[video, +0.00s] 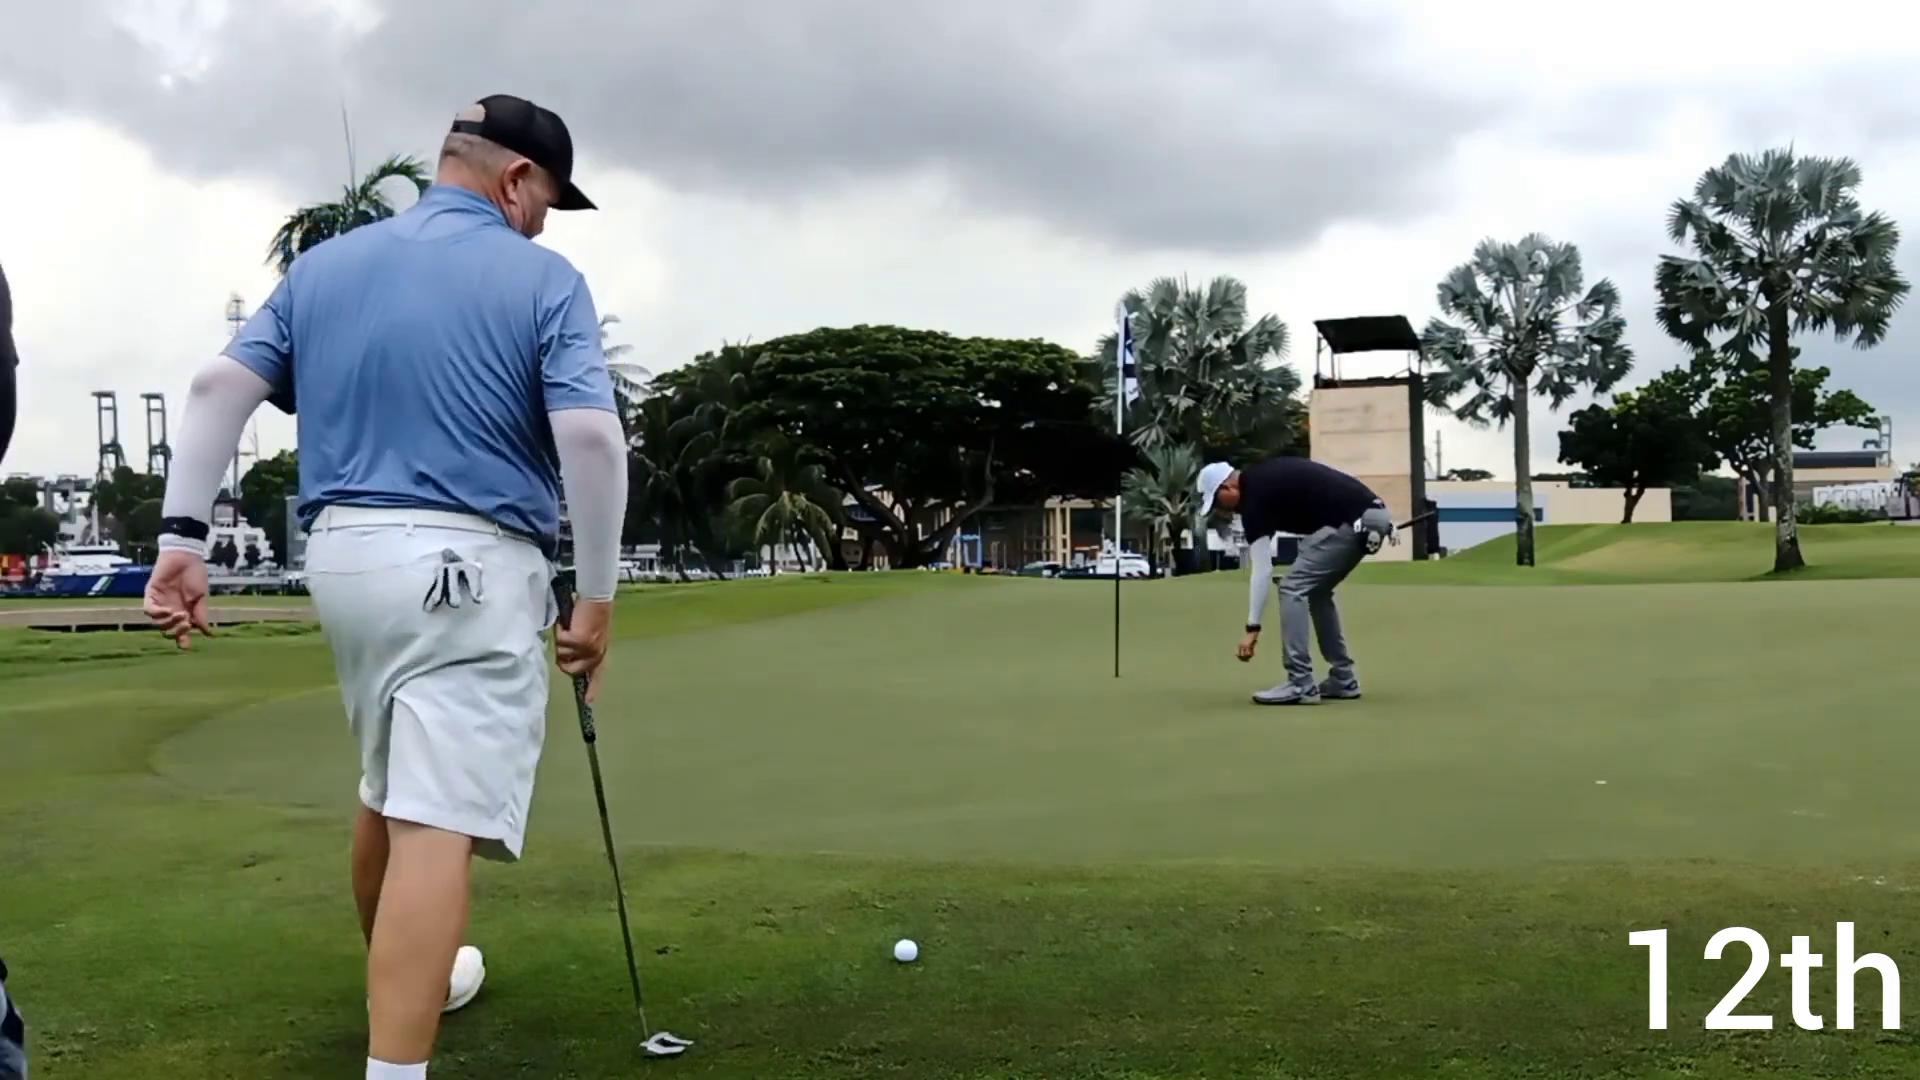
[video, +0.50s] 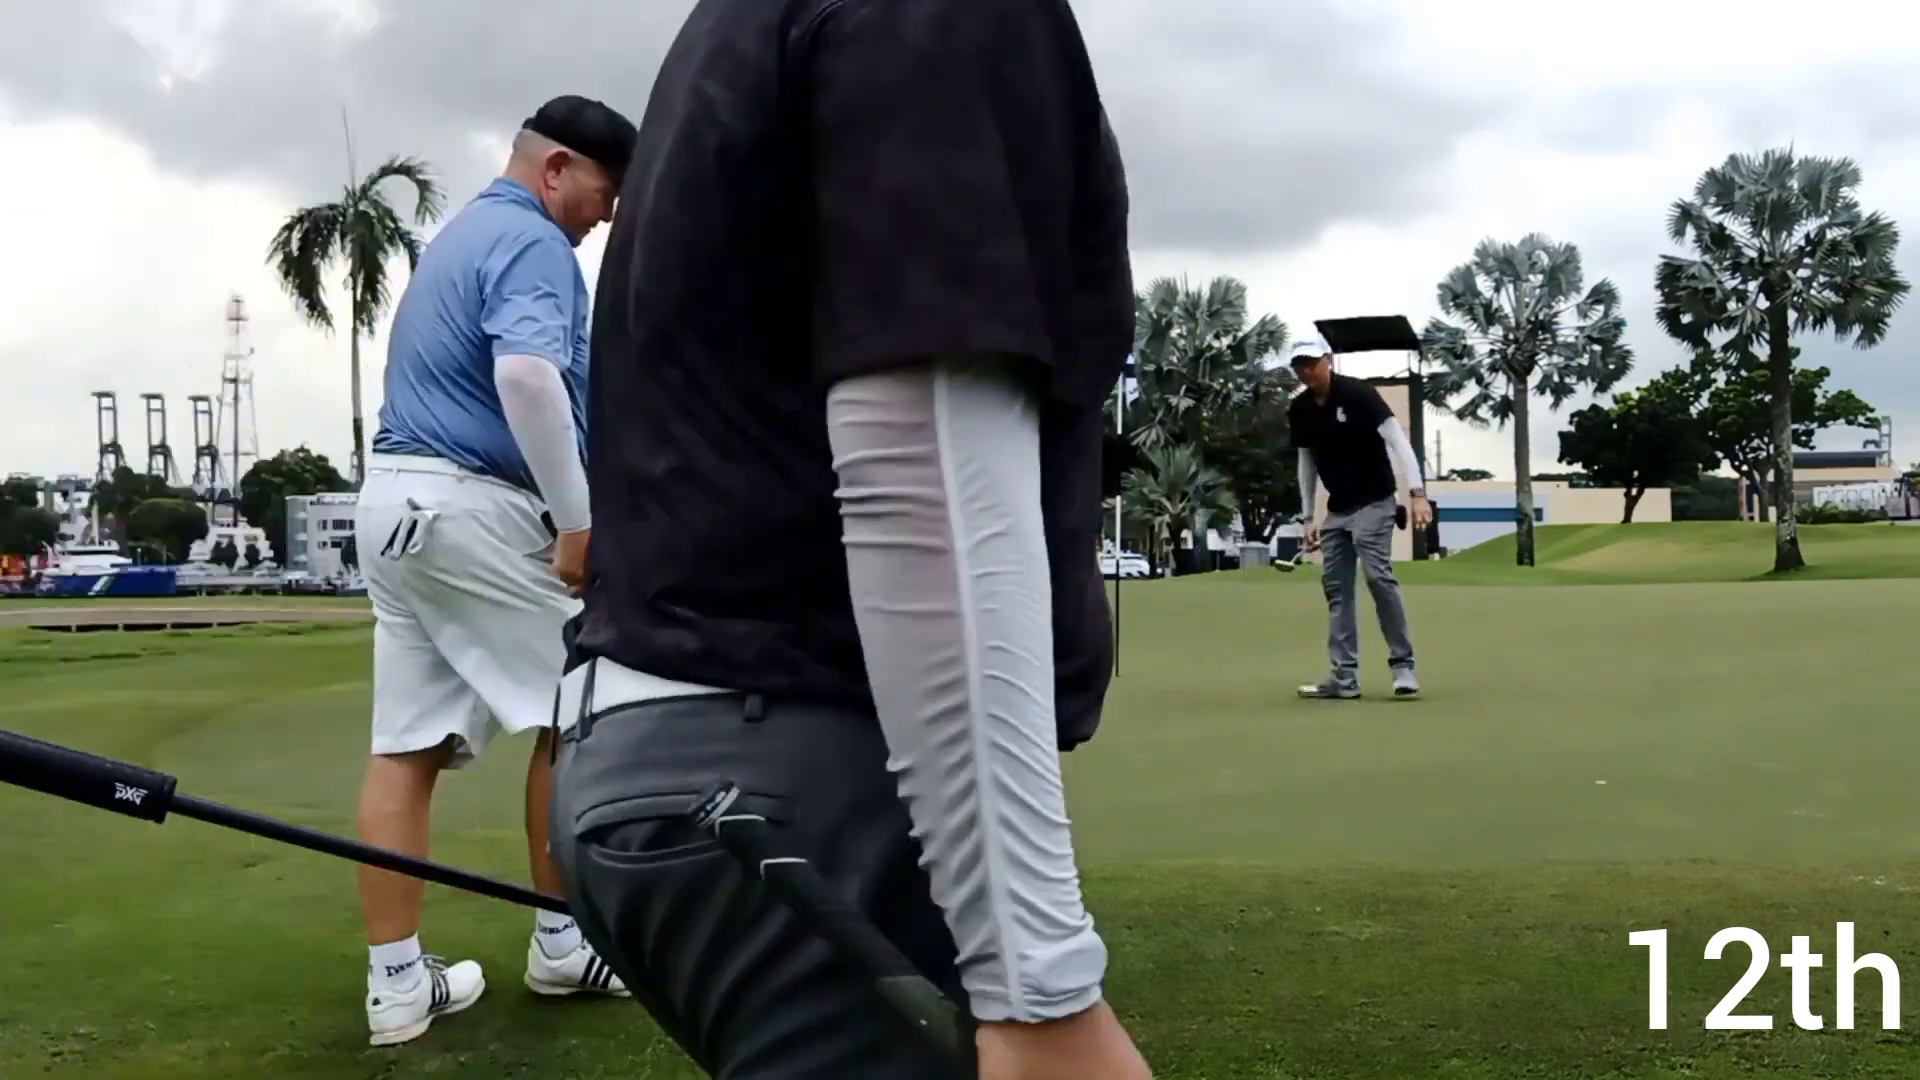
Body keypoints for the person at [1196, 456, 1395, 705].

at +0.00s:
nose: (1222, 509)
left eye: (1217, 502)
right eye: (1216, 506)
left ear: (1227, 487)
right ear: (1230, 482)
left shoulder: (1253, 500)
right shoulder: (1262, 480)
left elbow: (1262, 571)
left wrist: (1252, 629)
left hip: (1350, 523)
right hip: (1367, 515)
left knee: (1292, 587)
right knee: (1319, 592)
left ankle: (1300, 682)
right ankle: (1343, 678)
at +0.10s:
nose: (1227, 478)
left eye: (1224, 469)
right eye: (1221, 472)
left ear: (1238, 454)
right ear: (1240, 451)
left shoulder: (1267, 465)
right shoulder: (1273, 452)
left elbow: (1288, 532)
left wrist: (1280, 594)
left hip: (1352, 516)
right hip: (1363, 510)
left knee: (1307, 585)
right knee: (1323, 590)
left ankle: (1300, 679)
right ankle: (1343, 678)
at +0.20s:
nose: (1238, 440)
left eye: (1238, 432)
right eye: (1235, 435)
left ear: (1255, 418)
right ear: (1254, 420)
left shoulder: (1285, 437)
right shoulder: (1282, 435)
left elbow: (1319, 498)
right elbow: (1320, 494)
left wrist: (1316, 559)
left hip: (1356, 506)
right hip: (1352, 505)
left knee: (1319, 583)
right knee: (1327, 588)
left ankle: (1305, 671)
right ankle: (1343, 678)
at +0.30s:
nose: (1258, 411)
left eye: (1259, 402)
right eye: (1254, 405)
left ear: (1278, 391)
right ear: (1270, 397)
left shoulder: (1309, 414)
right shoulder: (1289, 425)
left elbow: (1346, 472)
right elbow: (1313, 482)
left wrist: (1353, 528)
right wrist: (1314, 531)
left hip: (1364, 499)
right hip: (1343, 502)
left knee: (1327, 576)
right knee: (1325, 576)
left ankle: (1338, 669)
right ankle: (1338, 670)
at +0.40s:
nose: (1279, 387)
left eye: (1283, 378)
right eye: (1273, 382)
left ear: (1302, 371)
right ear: (1273, 384)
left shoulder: (1331, 396)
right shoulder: (1292, 417)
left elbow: (1371, 449)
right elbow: (1306, 475)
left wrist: (1388, 506)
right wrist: (1310, 526)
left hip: (1364, 502)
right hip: (1335, 509)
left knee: (1343, 572)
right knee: (1329, 582)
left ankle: (1366, 668)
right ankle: (1343, 671)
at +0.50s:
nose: (1306, 371)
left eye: (1312, 362)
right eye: (1299, 365)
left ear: (1328, 360)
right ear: (1294, 370)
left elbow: (1398, 442)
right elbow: (1306, 466)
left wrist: (1416, 493)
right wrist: (1308, 518)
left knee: (1377, 577)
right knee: (1336, 589)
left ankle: (1403, 667)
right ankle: (1344, 677)